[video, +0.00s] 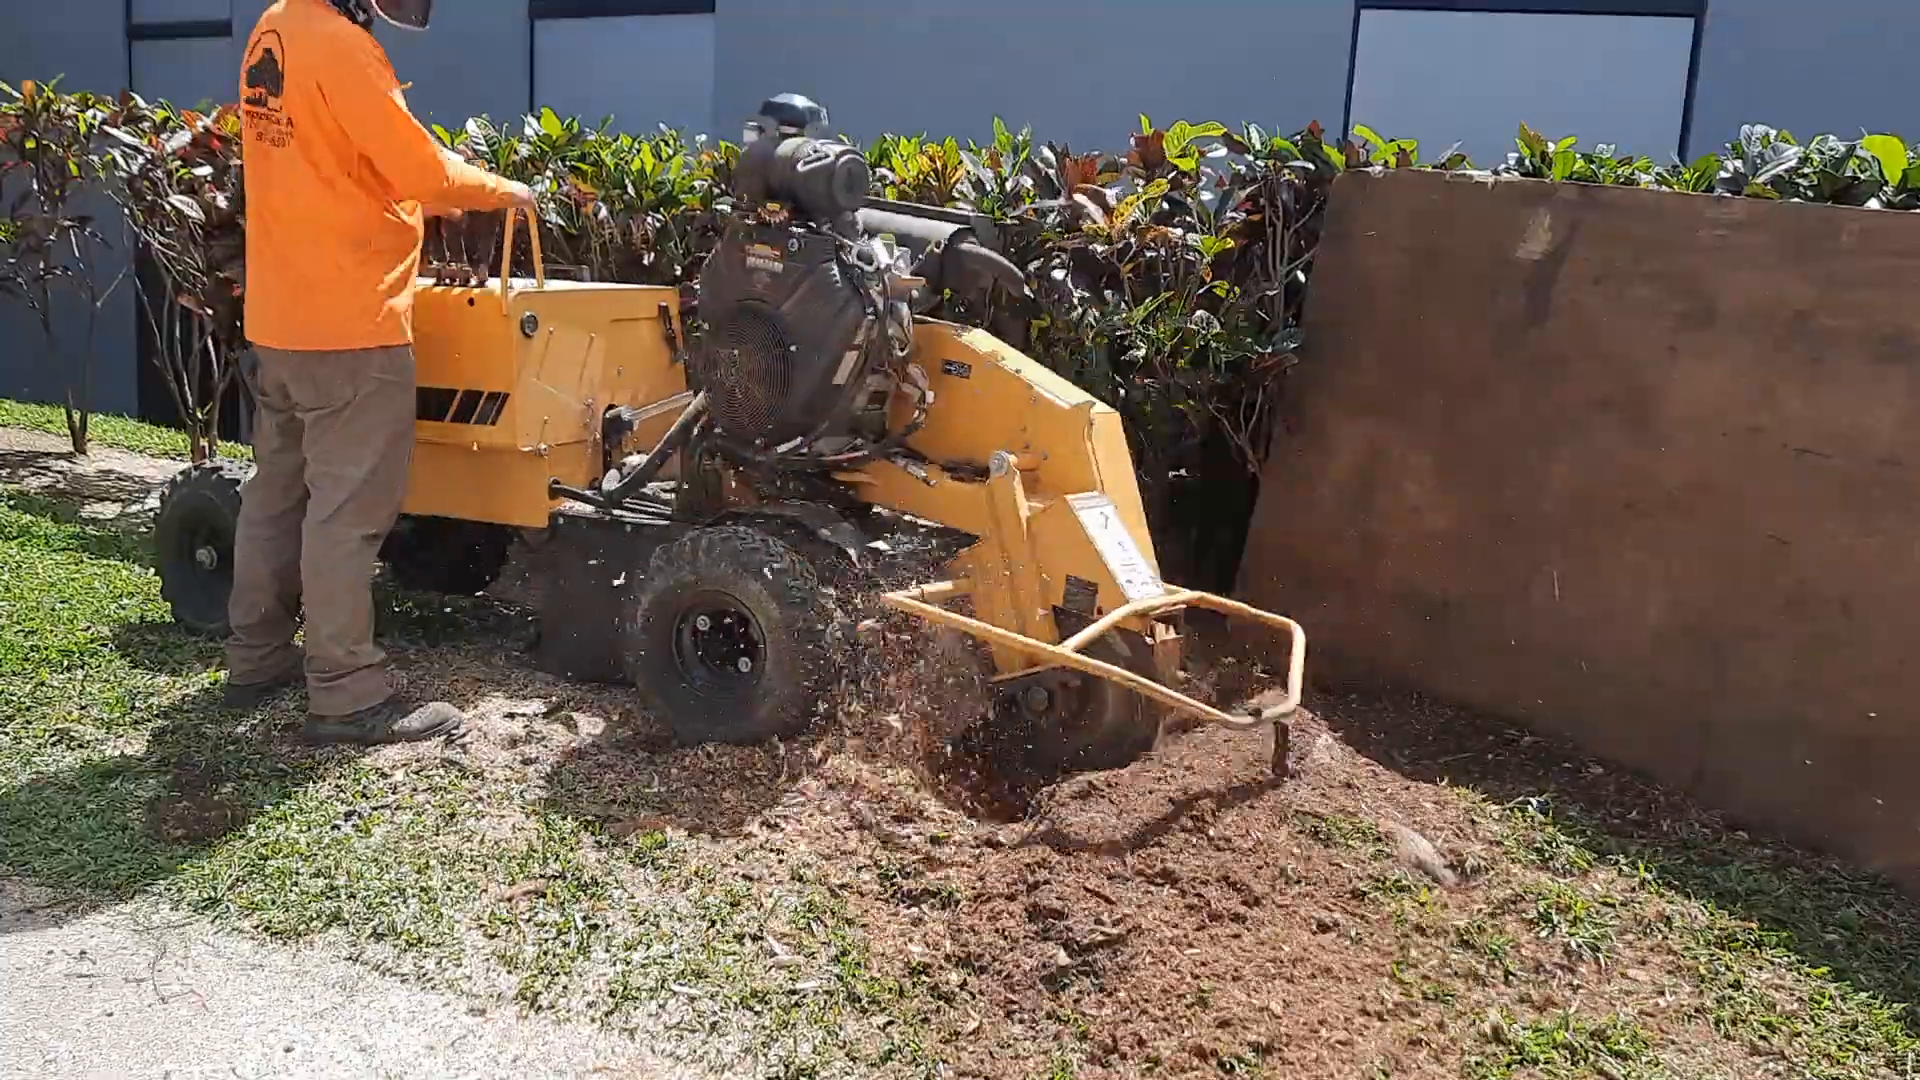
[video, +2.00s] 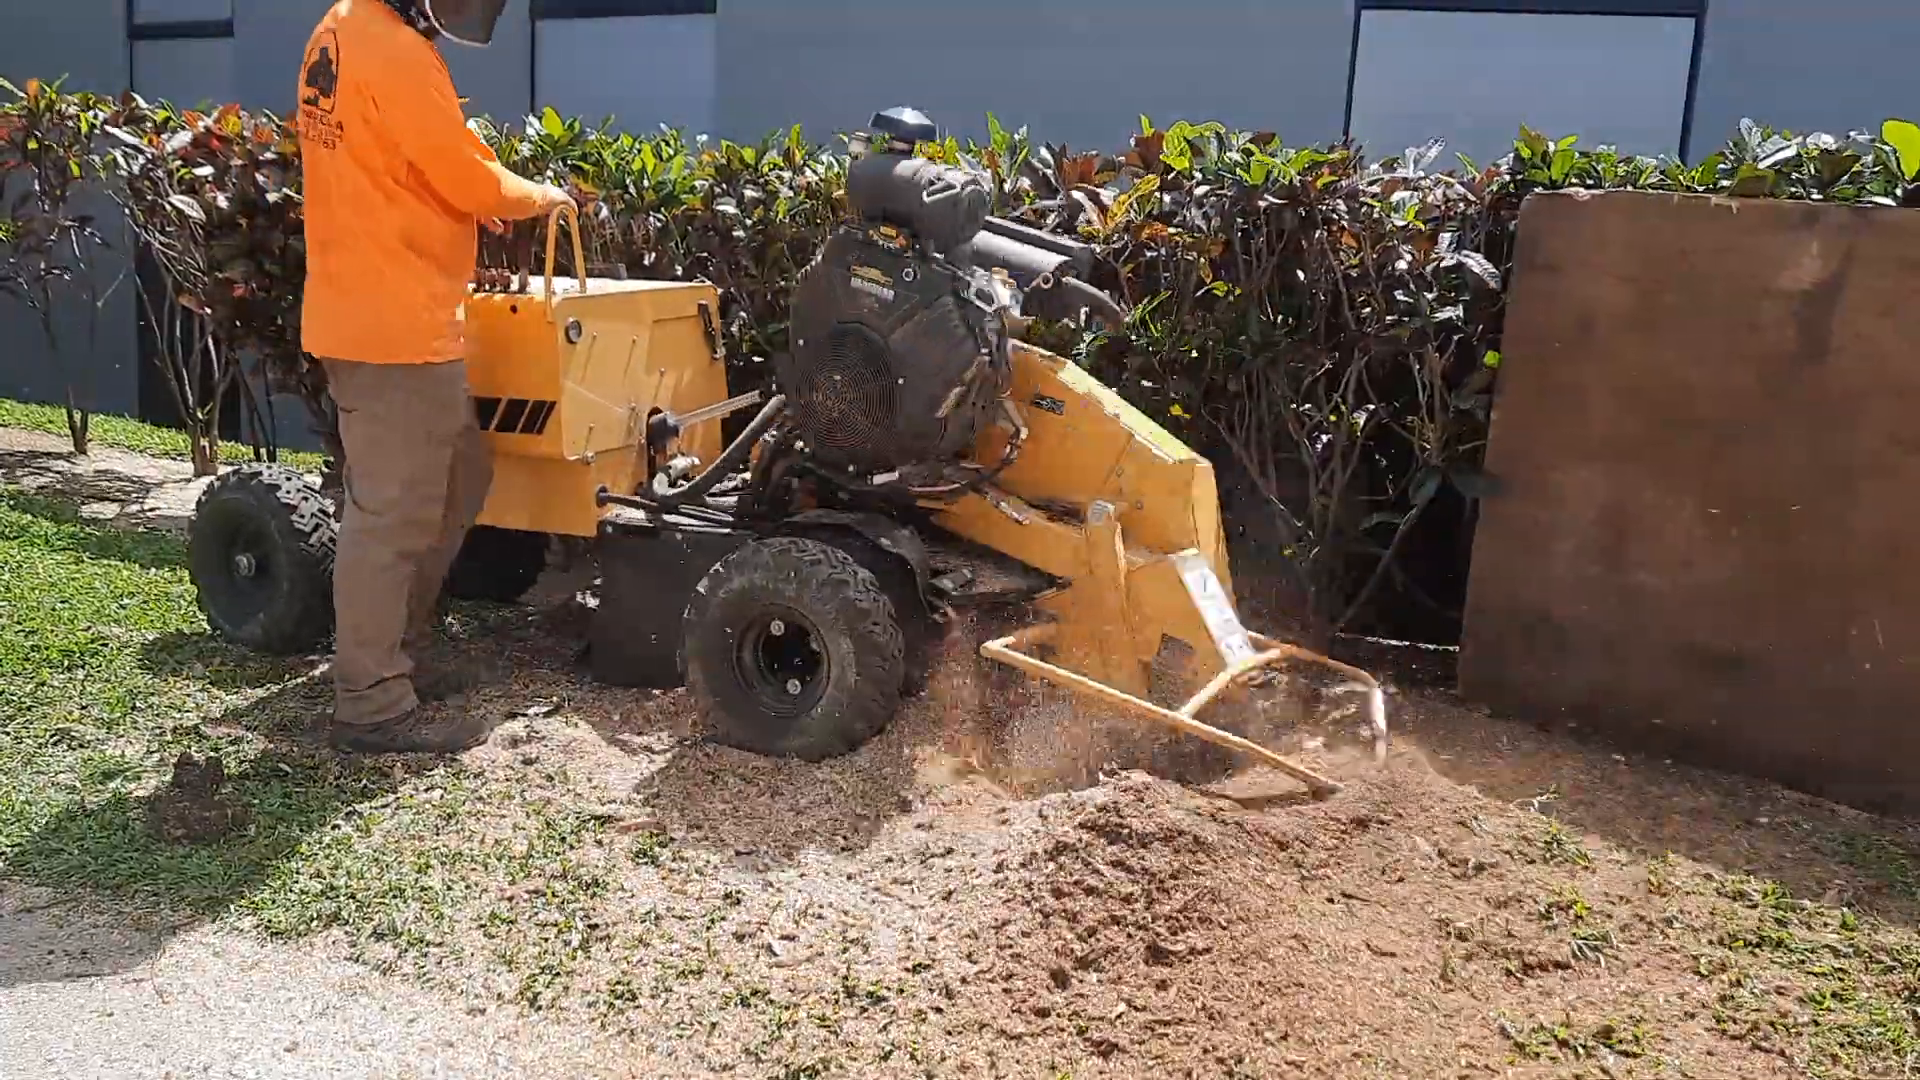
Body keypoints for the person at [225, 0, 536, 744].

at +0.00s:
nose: (409, 13)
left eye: (409, 7)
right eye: (407, 3)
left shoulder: (274, 27)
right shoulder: (346, 49)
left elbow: (344, 159)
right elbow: (422, 173)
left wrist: (449, 174)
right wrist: (499, 191)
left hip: (279, 323)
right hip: (352, 328)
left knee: (276, 495)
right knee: (349, 509)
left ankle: (256, 658)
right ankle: (345, 693)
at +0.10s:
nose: (416, 12)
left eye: (416, 7)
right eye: (413, 4)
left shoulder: (279, 25)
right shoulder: (345, 48)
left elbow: (342, 162)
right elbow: (413, 183)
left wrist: (444, 188)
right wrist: (472, 191)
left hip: (314, 311)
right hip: (357, 318)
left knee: (375, 482)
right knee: (344, 502)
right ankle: (323, 695)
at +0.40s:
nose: (400, 13)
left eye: (402, 6)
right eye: (399, 2)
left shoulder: (274, 23)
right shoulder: (331, 51)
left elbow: (346, 165)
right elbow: (408, 180)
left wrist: (437, 191)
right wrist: (472, 185)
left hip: (307, 317)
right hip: (351, 324)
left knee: (368, 489)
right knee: (342, 509)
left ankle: (412, 633)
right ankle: (322, 695)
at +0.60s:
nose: (434, 26)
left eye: (440, 19)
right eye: (435, 16)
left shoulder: (335, 24)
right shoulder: (362, 44)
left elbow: (373, 158)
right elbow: (422, 189)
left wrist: (450, 180)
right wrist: (476, 193)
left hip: (318, 287)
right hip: (360, 280)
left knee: (323, 488)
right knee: (549, 333)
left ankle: (294, 666)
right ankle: (617, 520)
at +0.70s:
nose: (435, 14)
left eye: (435, 8)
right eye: (431, 5)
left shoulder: (339, 30)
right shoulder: (342, 39)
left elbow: (390, 168)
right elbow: (406, 182)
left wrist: (482, 189)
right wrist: (498, 196)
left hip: (329, 288)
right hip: (360, 280)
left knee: (329, 486)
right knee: (547, 326)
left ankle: (298, 665)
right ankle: (650, 510)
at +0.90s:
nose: (479, 8)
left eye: (480, 4)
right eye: (474, 2)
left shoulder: (315, 25)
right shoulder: (437, 61)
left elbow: (297, 153)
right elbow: (501, 196)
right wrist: (529, 194)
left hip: (334, 315)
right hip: (411, 327)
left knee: (351, 491)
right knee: (398, 515)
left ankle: (302, 666)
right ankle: (373, 707)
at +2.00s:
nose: (468, 22)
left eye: (471, 15)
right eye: (469, 12)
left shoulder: (342, 29)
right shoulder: (399, 51)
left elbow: (392, 168)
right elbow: (468, 180)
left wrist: (486, 203)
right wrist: (543, 197)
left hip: (374, 323)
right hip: (396, 331)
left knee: (462, 474)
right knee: (394, 509)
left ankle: (402, 648)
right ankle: (370, 707)